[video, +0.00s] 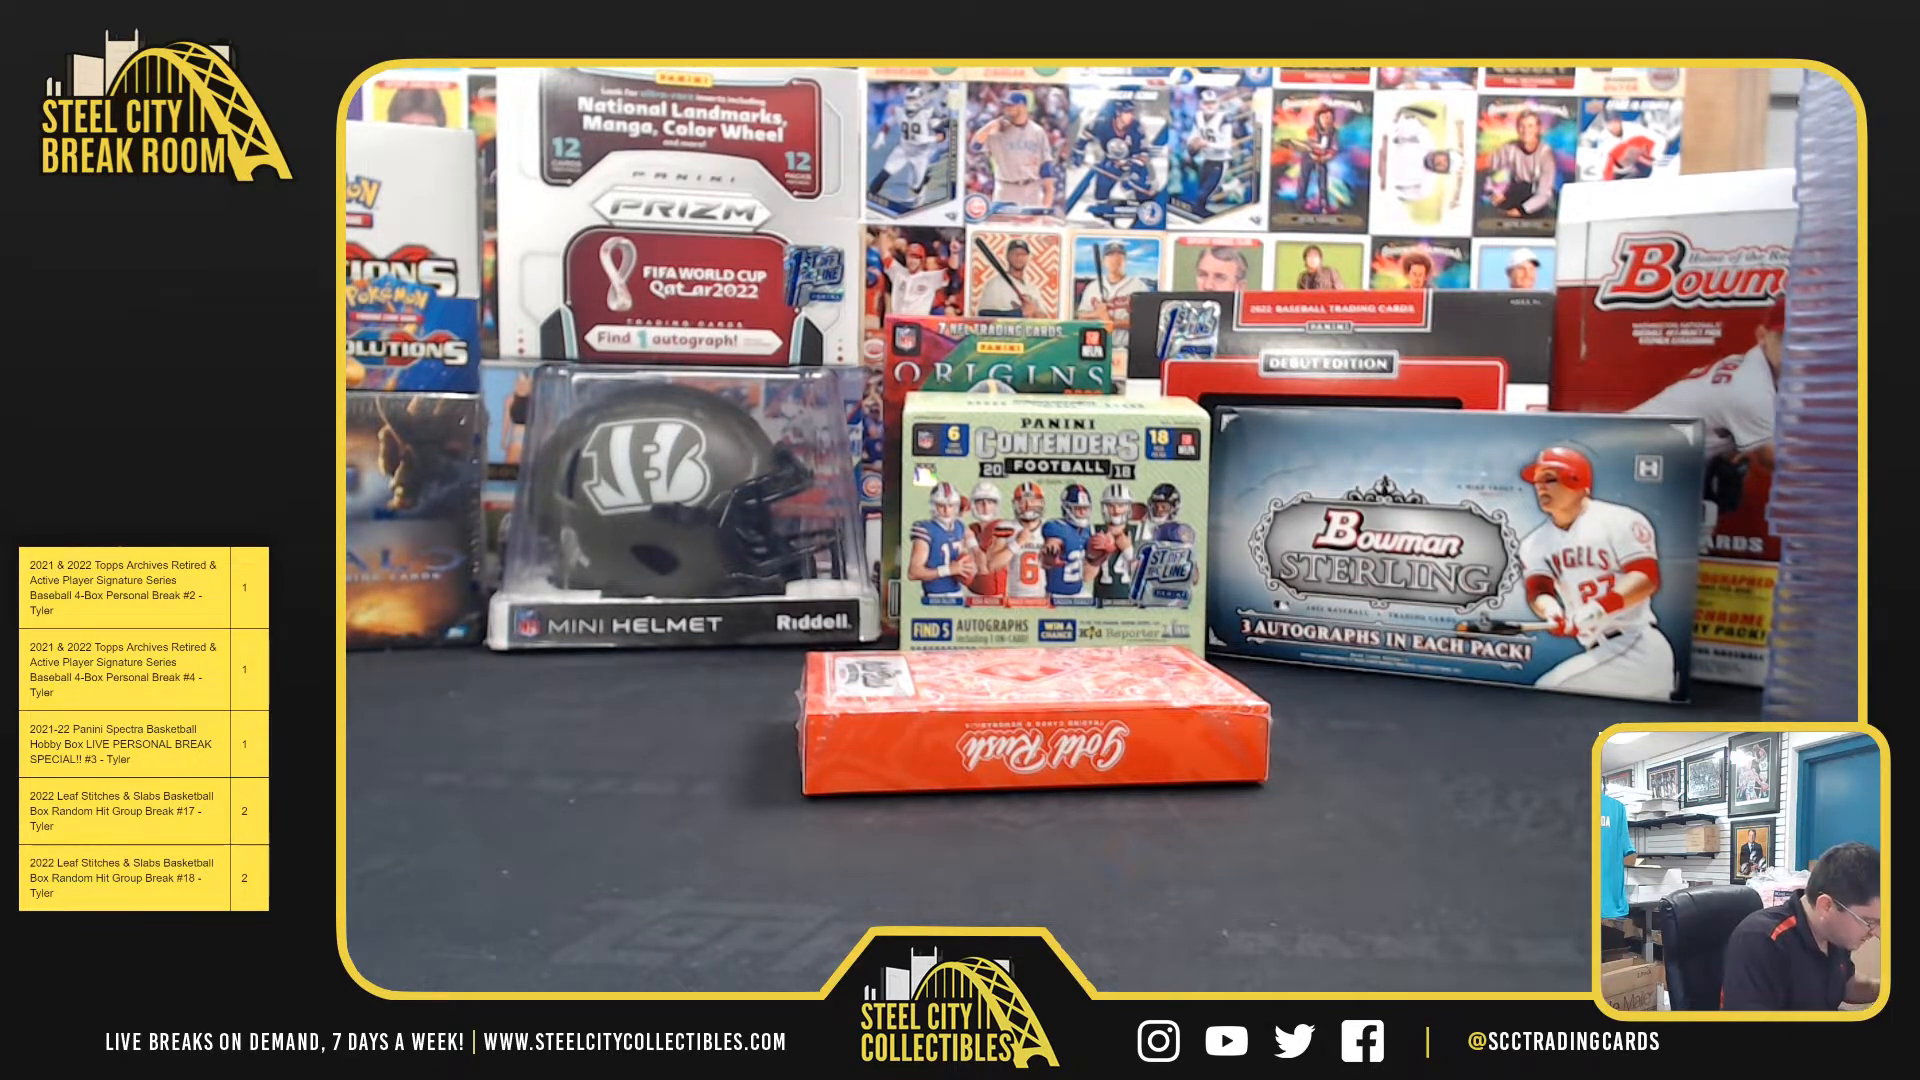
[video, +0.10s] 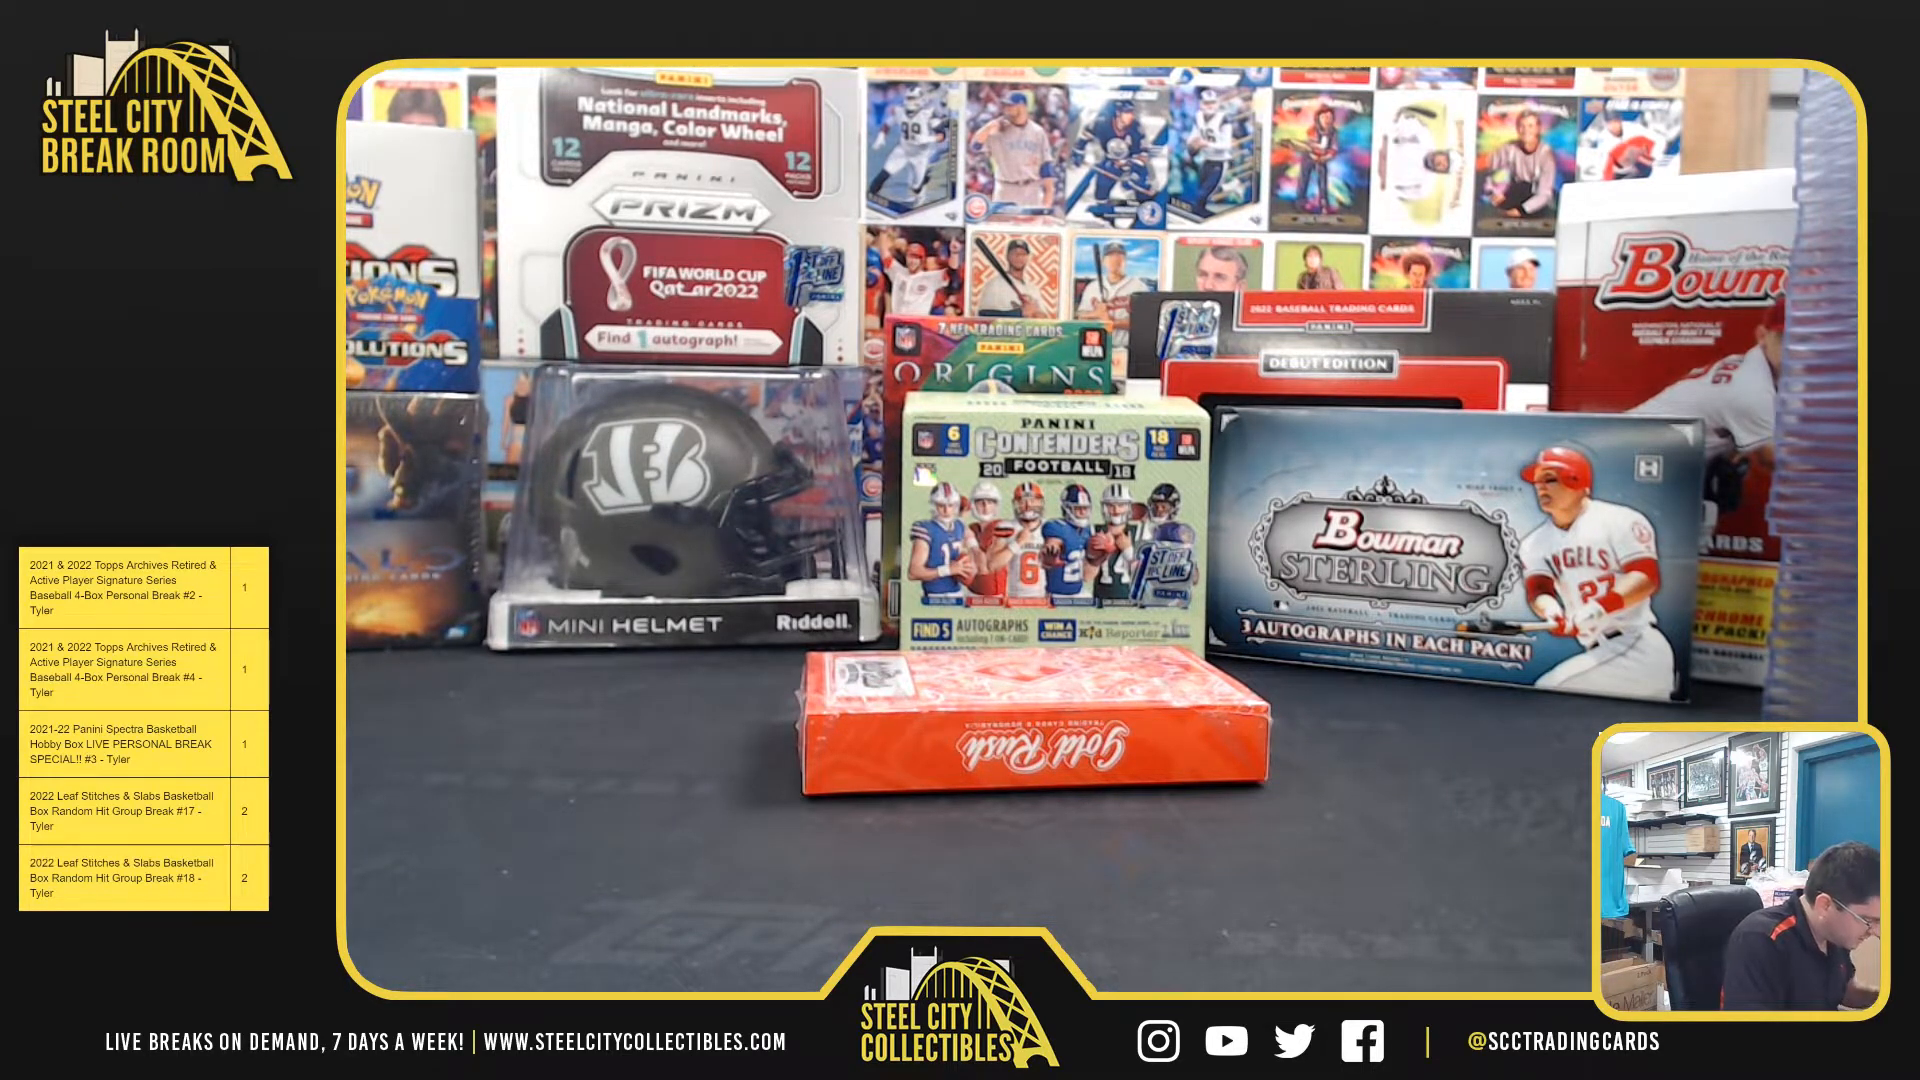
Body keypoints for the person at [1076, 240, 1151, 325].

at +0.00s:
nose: (1115, 260)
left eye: (1119, 255)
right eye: (1111, 255)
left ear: (1125, 260)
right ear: (1103, 260)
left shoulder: (1137, 286)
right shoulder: (1093, 287)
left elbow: (1143, 319)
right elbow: (1081, 315)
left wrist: (1114, 323)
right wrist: (1098, 314)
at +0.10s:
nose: (1115, 260)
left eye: (1119, 255)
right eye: (1111, 256)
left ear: (1125, 260)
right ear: (1104, 261)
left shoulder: (1137, 286)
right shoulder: (1092, 287)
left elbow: (1143, 319)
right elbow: (1081, 315)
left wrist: (1114, 323)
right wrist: (1097, 314)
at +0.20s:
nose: (1115, 259)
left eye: (1119, 255)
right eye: (1110, 255)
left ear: (1124, 260)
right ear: (1103, 261)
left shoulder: (1137, 286)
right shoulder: (1093, 287)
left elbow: (1143, 319)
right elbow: (1081, 315)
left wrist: (1114, 323)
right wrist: (1097, 314)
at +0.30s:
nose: (1115, 259)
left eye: (1119, 255)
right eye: (1110, 255)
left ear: (1124, 260)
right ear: (1103, 261)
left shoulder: (1137, 286)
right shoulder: (1093, 287)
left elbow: (1143, 319)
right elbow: (1081, 315)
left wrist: (1114, 323)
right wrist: (1097, 314)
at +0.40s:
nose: (1115, 259)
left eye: (1119, 255)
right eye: (1110, 255)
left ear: (1124, 260)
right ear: (1103, 261)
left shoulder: (1137, 286)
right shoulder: (1093, 287)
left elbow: (1143, 319)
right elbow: (1081, 315)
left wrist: (1114, 323)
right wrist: (1097, 314)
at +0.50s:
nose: (1115, 259)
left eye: (1119, 255)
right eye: (1111, 255)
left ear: (1125, 260)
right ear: (1103, 260)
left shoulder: (1137, 286)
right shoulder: (1092, 287)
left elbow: (1144, 319)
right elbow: (1081, 315)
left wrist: (1114, 323)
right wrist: (1097, 313)